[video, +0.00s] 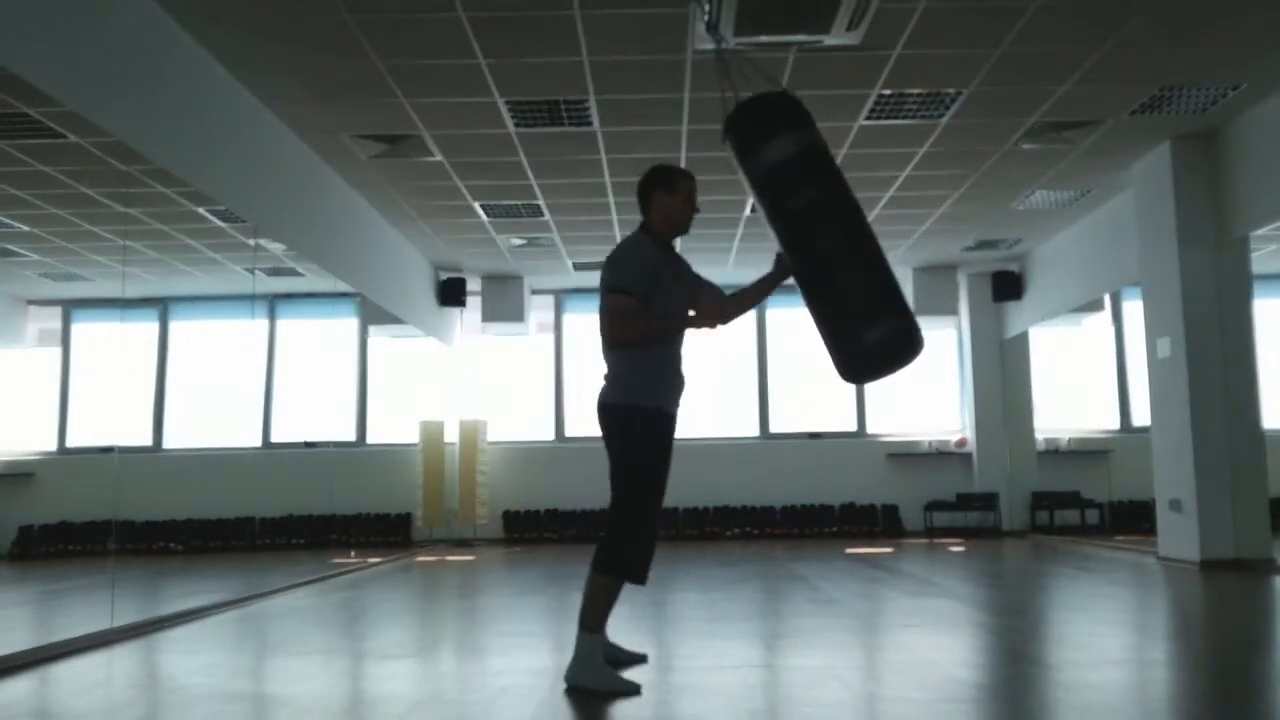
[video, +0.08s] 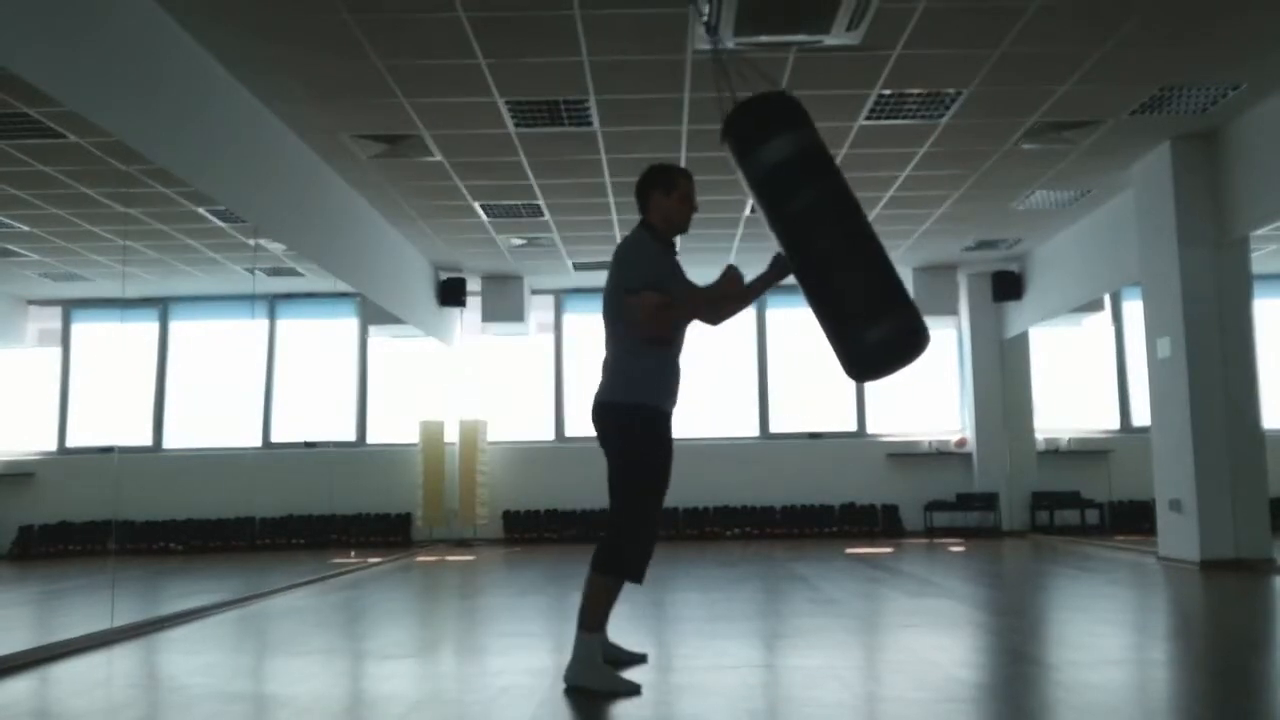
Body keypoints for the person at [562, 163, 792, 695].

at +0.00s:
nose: (696, 208)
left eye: (695, 200)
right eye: (687, 199)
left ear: (671, 203)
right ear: (658, 200)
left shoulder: (669, 262)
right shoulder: (632, 255)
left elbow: (719, 309)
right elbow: (616, 328)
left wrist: (776, 276)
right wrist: (688, 321)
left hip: (652, 411)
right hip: (631, 409)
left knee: (631, 525)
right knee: (625, 526)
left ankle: (594, 638)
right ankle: (585, 660)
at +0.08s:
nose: (694, 205)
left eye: (693, 197)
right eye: (684, 196)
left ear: (666, 202)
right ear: (656, 200)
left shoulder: (662, 256)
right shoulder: (640, 252)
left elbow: (711, 311)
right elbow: (653, 322)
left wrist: (772, 275)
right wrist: (711, 295)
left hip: (645, 412)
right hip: (630, 412)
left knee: (631, 528)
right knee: (626, 529)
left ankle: (594, 639)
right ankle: (585, 660)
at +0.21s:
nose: (692, 207)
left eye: (691, 198)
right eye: (684, 197)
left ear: (657, 202)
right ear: (654, 200)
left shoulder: (654, 256)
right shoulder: (641, 255)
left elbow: (679, 331)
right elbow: (653, 332)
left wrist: (716, 292)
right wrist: (715, 291)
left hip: (641, 411)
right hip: (633, 413)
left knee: (629, 528)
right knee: (625, 531)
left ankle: (594, 638)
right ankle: (586, 658)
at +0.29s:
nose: (690, 201)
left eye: (689, 193)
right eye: (681, 193)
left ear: (665, 199)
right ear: (651, 197)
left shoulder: (667, 257)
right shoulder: (630, 251)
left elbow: (715, 311)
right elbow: (622, 325)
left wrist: (765, 267)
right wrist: (686, 295)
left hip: (650, 411)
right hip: (629, 410)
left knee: (632, 527)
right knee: (624, 528)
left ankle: (595, 637)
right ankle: (583, 660)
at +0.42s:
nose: (684, 205)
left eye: (684, 196)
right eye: (676, 196)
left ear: (652, 202)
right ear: (646, 198)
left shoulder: (645, 249)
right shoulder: (639, 247)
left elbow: (696, 311)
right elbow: (694, 313)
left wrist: (743, 276)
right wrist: (744, 276)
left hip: (634, 408)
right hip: (632, 410)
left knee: (630, 524)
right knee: (629, 526)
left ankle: (593, 639)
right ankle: (585, 660)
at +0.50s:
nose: (686, 205)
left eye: (685, 197)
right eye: (678, 196)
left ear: (656, 201)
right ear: (648, 200)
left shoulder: (652, 256)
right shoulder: (631, 254)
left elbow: (668, 331)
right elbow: (638, 324)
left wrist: (712, 305)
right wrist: (713, 306)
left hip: (645, 412)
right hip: (630, 413)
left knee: (631, 529)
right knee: (625, 531)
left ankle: (593, 638)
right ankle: (586, 658)